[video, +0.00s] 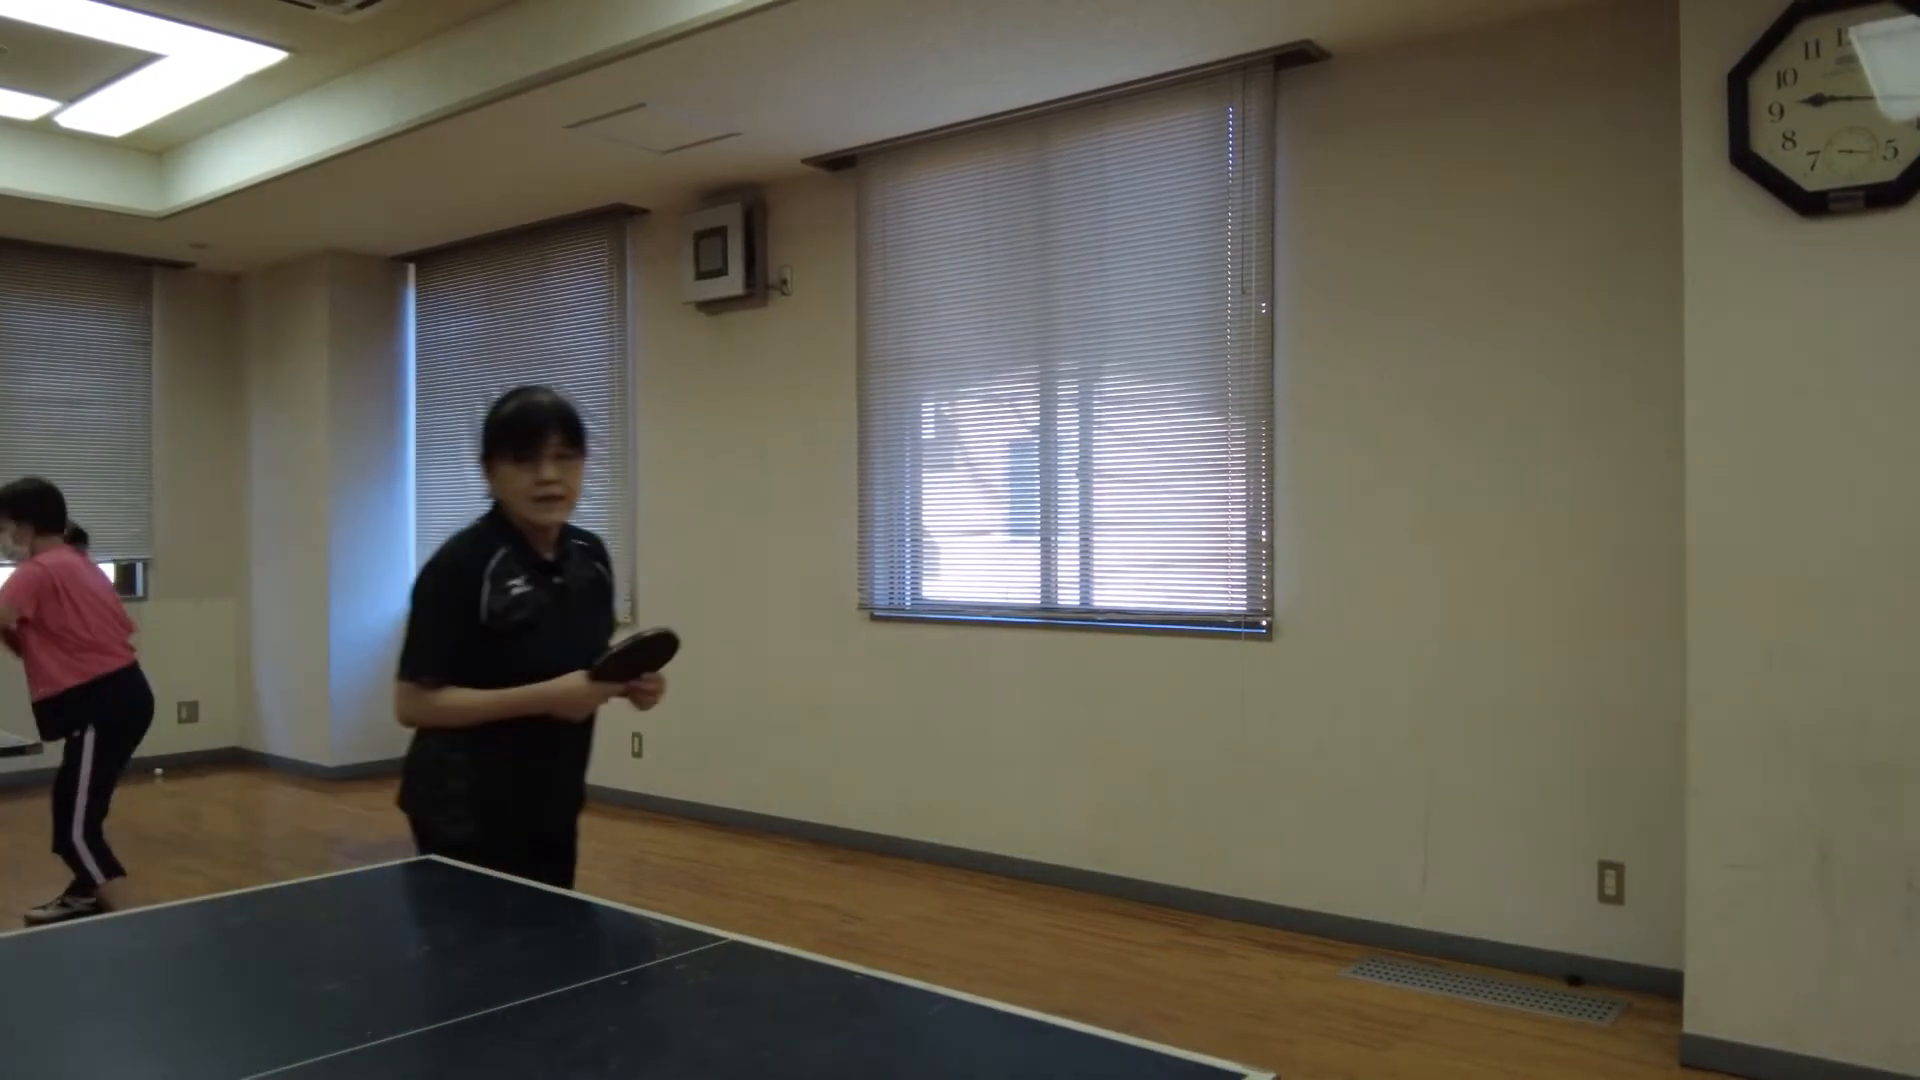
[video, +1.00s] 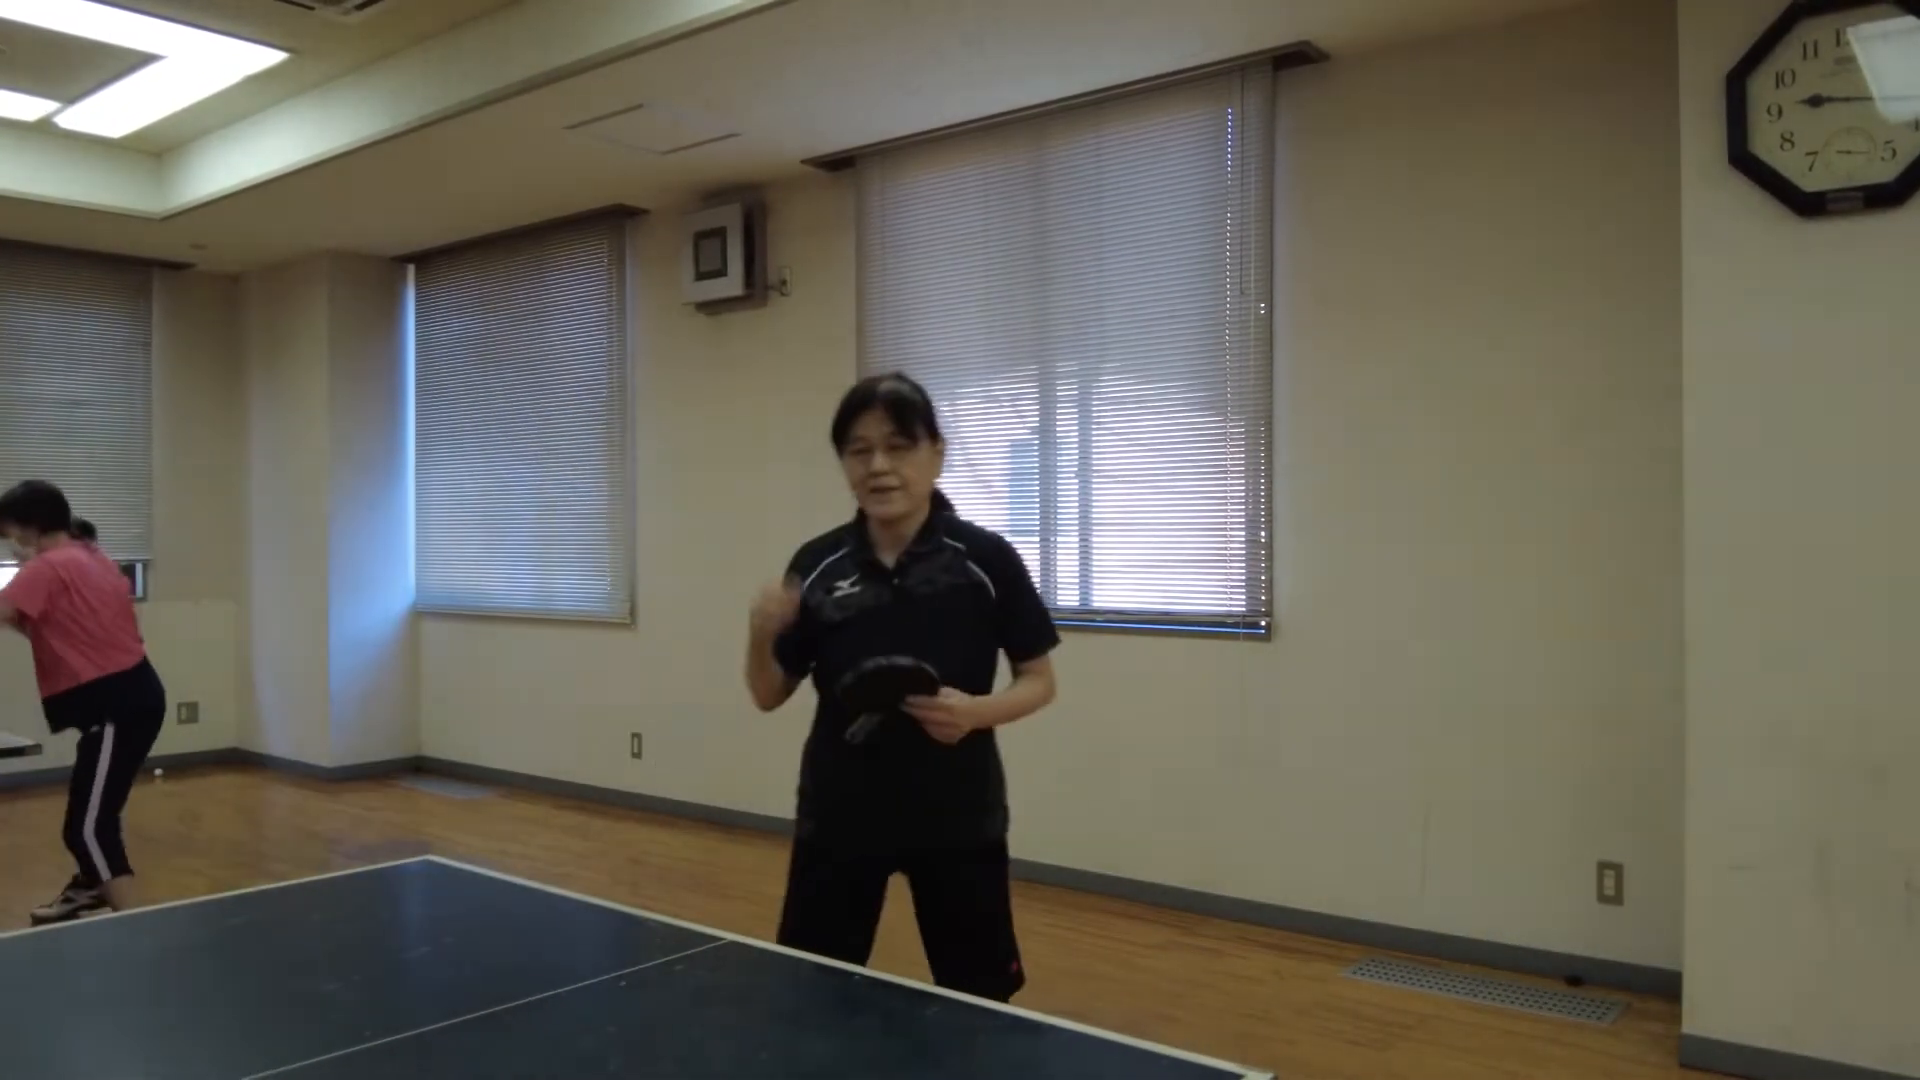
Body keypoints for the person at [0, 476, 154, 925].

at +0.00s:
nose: (6, 534)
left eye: (9, 524)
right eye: (5, 524)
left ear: (28, 524)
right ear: (55, 521)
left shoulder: (35, 571)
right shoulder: (81, 564)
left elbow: (4, 618)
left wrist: (28, 647)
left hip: (98, 699)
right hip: (125, 689)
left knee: (76, 812)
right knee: (73, 798)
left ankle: (105, 902)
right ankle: (85, 890)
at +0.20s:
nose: (5, 537)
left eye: (7, 526)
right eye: (5, 526)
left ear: (25, 523)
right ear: (46, 522)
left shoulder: (60, 560)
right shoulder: (39, 584)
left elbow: (5, 565)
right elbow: (5, 626)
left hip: (138, 694)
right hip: (117, 698)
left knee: (114, 805)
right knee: (96, 795)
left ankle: (137, 914)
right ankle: (104, 889)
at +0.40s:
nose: (10, 543)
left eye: (15, 531)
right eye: (8, 534)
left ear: (39, 528)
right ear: (27, 533)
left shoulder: (70, 573)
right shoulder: (43, 593)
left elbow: (23, 611)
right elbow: (15, 659)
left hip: (141, 705)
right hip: (106, 715)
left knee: (105, 811)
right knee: (73, 797)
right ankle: (100, 891)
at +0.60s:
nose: (15, 537)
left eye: (20, 526)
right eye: (13, 528)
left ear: (46, 527)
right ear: (36, 530)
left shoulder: (70, 577)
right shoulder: (52, 584)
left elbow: (16, 638)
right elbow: (17, 664)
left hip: (135, 705)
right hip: (104, 713)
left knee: (98, 814)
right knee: (71, 793)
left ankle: (129, 917)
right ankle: (95, 888)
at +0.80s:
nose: (20, 546)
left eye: (24, 535)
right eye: (18, 538)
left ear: (48, 536)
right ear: (55, 538)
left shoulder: (63, 586)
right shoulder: (65, 586)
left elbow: (5, 645)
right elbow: (48, 673)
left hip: (124, 717)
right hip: (104, 717)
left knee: (73, 836)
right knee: (62, 806)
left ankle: (126, 924)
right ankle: (83, 899)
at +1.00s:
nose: (12, 546)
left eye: (12, 536)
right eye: (9, 537)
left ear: (33, 526)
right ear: (58, 520)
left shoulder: (48, 567)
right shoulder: (94, 557)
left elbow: (7, 610)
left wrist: (44, 630)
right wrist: (25, 623)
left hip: (113, 704)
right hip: (134, 695)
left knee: (91, 825)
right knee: (87, 815)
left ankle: (135, 927)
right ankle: (87, 888)